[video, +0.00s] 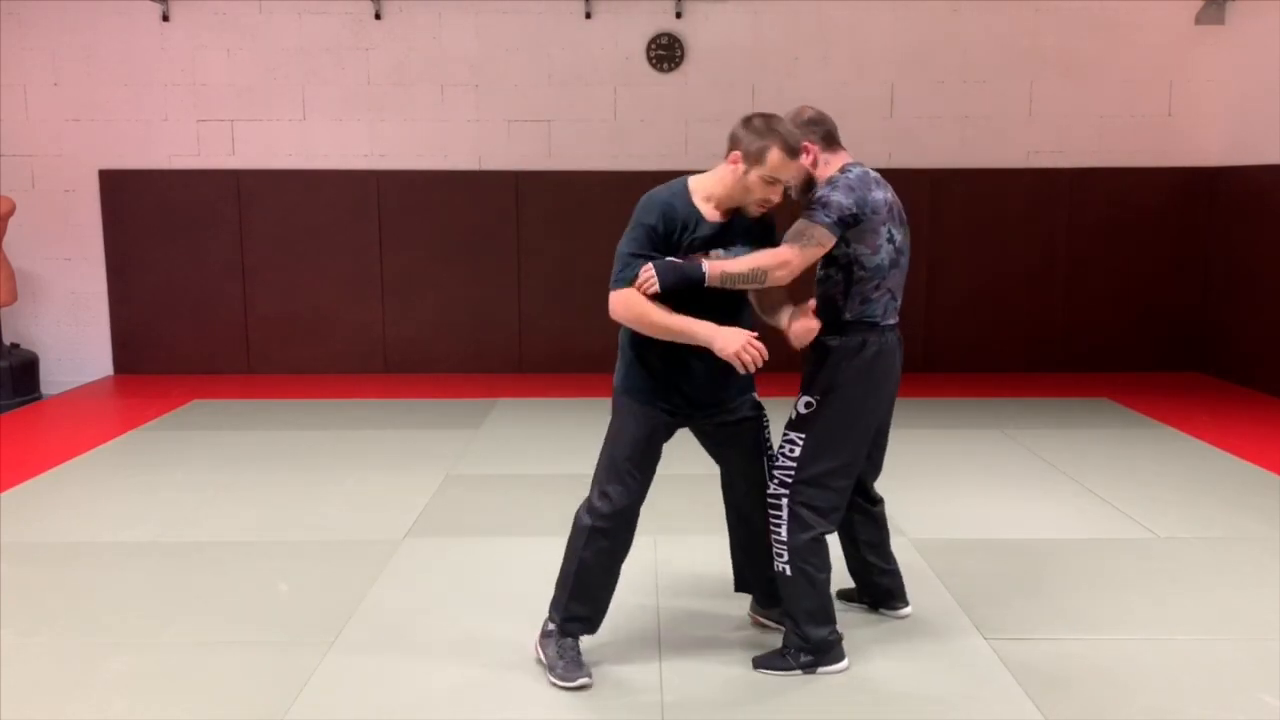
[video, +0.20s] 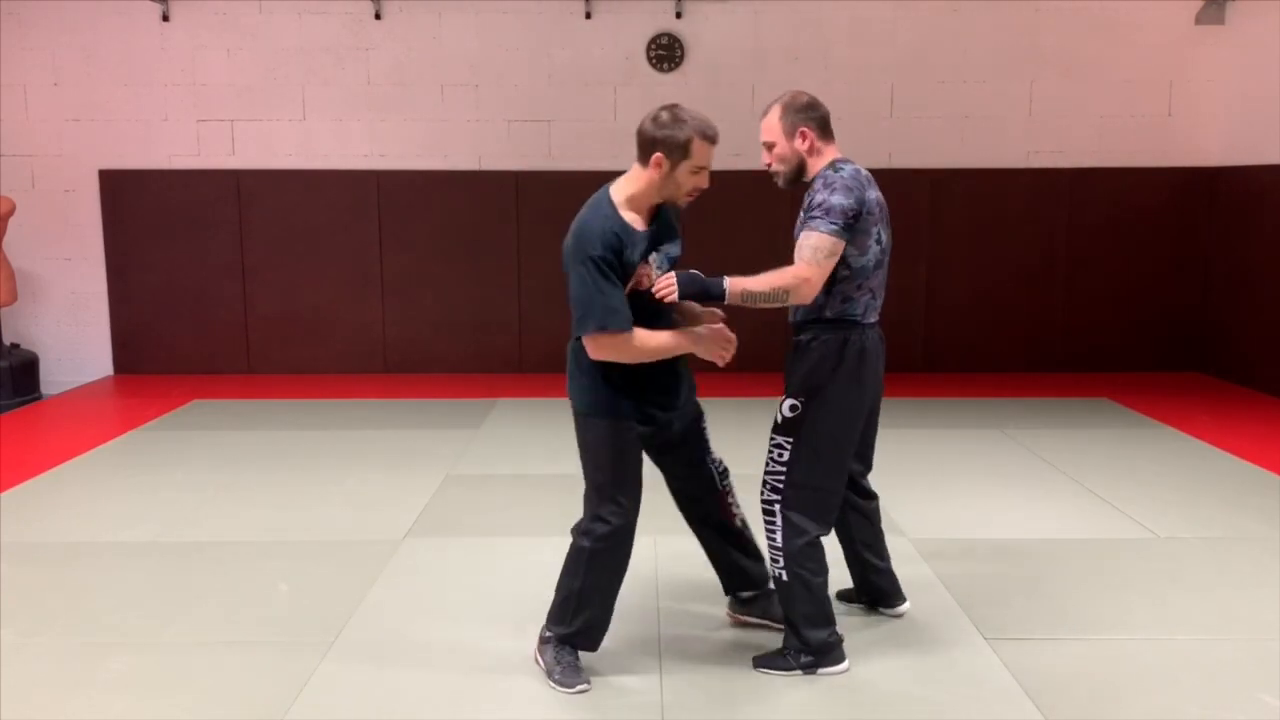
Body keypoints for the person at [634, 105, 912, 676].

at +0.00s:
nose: (789, 183)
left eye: (789, 170)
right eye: (786, 175)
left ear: (811, 152)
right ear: (826, 147)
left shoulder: (844, 189)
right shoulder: (869, 185)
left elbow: (784, 265)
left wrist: (692, 270)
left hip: (849, 356)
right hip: (874, 353)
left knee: (789, 487)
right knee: (850, 479)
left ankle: (813, 640)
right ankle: (881, 585)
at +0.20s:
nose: (766, 160)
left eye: (771, 147)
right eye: (764, 148)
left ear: (806, 140)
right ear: (813, 140)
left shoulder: (834, 188)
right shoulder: (854, 181)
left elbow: (805, 282)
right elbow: (812, 283)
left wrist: (708, 287)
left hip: (830, 354)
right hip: (856, 350)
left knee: (787, 497)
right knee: (847, 479)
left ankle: (813, 642)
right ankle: (880, 587)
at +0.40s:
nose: (745, 147)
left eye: (752, 135)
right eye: (744, 136)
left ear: (788, 129)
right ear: (791, 130)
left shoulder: (820, 182)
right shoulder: (825, 176)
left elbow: (795, 285)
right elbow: (820, 282)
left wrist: (706, 286)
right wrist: (786, 341)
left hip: (819, 348)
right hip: (825, 343)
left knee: (792, 499)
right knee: (818, 472)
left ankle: (813, 645)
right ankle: (849, 566)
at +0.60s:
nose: (725, 147)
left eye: (732, 135)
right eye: (724, 135)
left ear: (767, 130)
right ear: (770, 130)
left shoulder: (802, 182)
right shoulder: (802, 175)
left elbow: (776, 283)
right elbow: (805, 279)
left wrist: (690, 290)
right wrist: (770, 338)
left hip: (805, 345)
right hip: (802, 340)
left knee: (791, 492)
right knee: (792, 472)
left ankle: (814, 644)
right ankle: (798, 576)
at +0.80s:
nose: (713, 151)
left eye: (720, 139)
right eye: (712, 140)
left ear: (754, 133)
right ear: (756, 134)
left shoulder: (793, 182)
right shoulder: (780, 181)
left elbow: (769, 281)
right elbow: (777, 283)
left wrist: (685, 282)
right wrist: (751, 350)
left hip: (789, 347)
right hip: (778, 345)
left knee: (763, 493)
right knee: (773, 477)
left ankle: (809, 637)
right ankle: (782, 578)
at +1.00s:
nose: (703, 151)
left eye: (708, 139)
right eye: (700, 139)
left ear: (743, 131)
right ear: (744, 132)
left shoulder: (780, 180)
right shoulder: (769, 176)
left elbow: (739, 272)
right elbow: (765, 277)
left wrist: (656, 255)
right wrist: (734, 336)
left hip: (774, 340)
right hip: (776, 337)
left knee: (733, 481)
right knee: (775, 474)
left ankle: (766, 634)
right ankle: (785, 589)